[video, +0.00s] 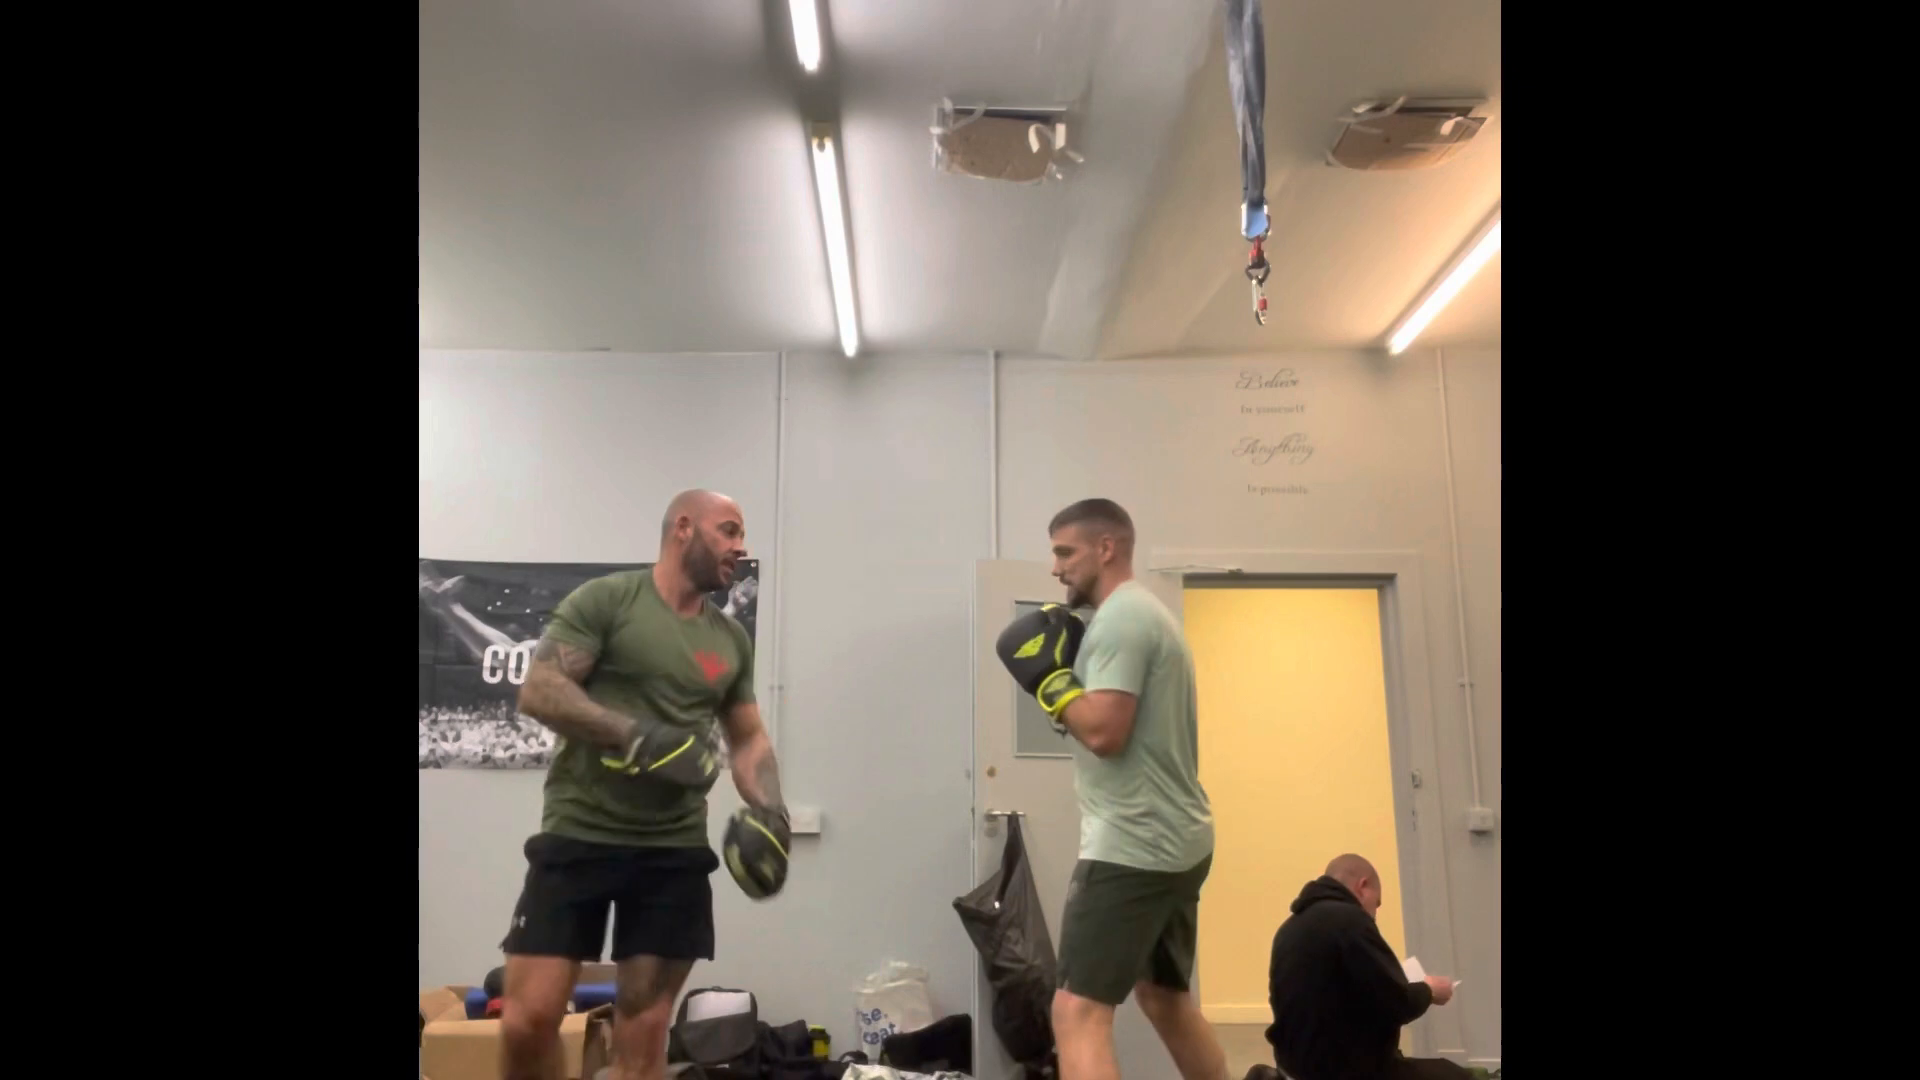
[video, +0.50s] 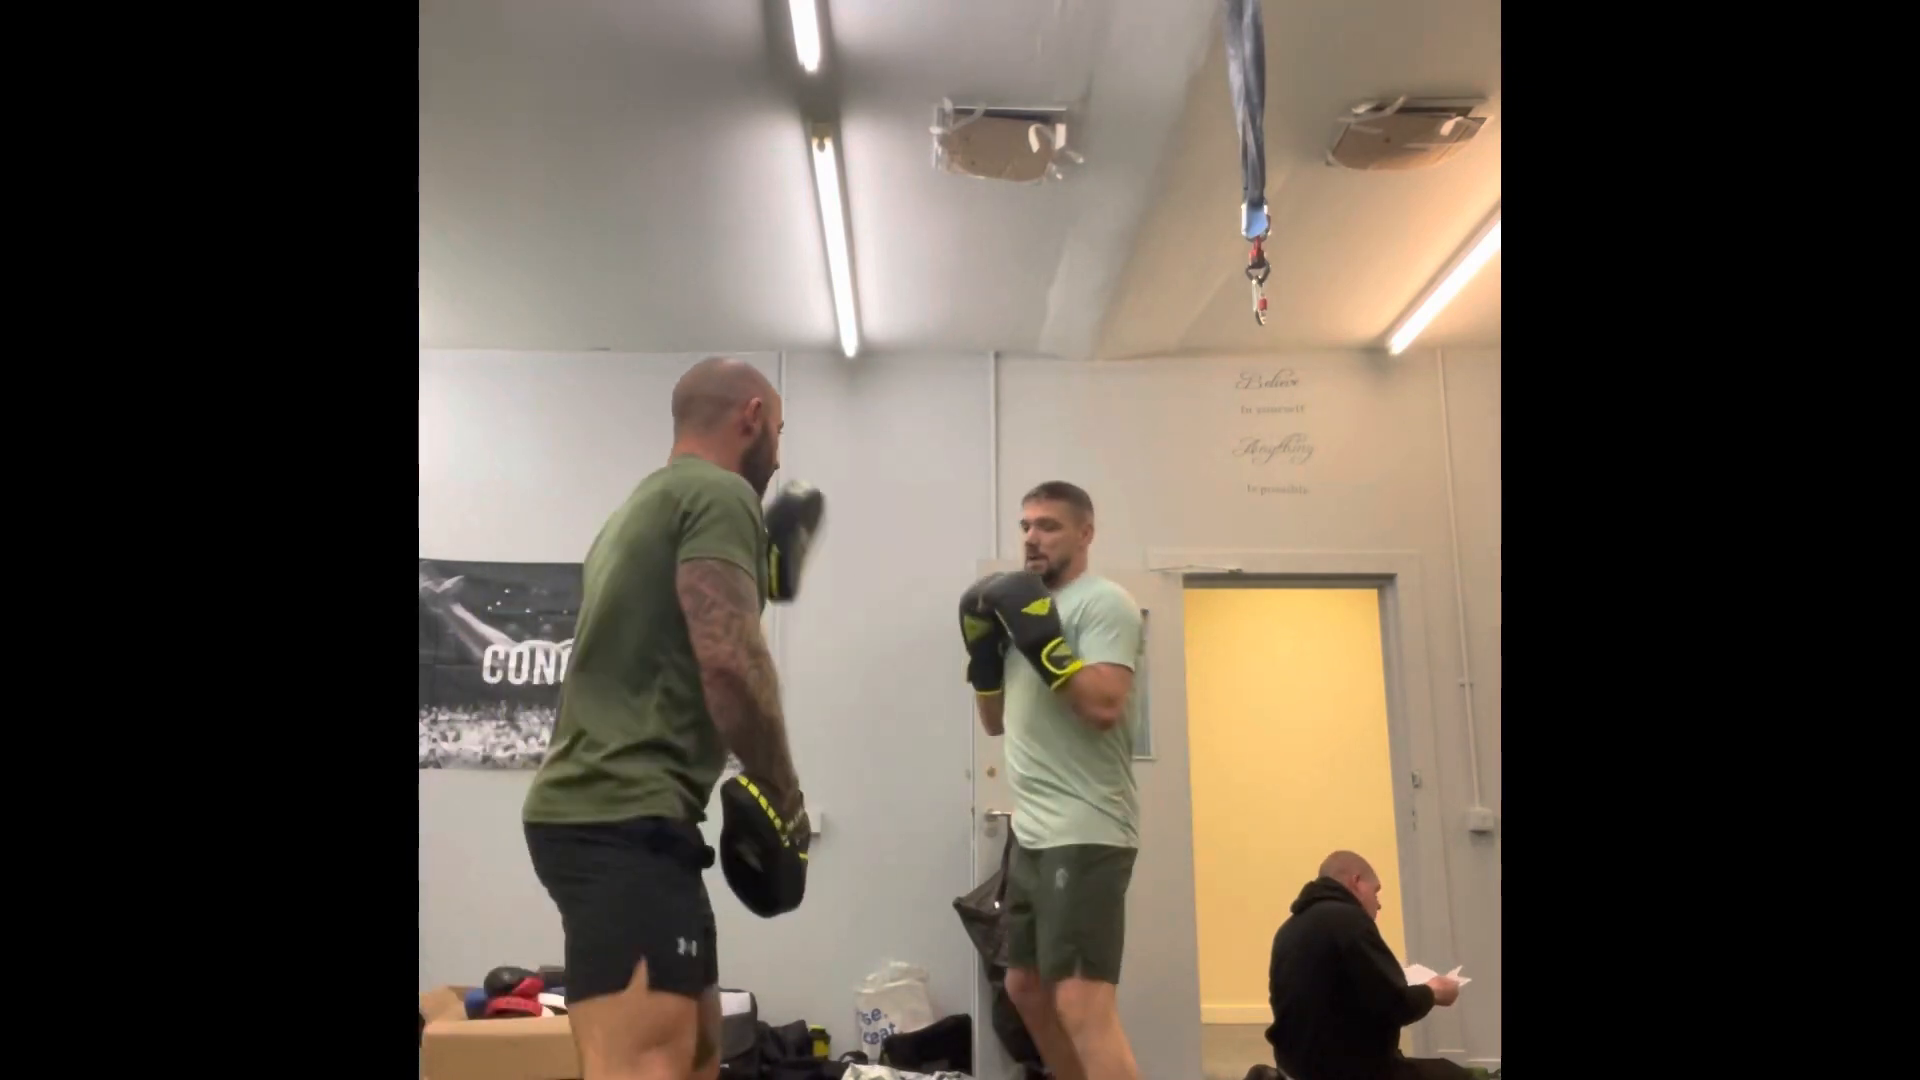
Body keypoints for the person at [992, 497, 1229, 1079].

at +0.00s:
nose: (1056, 567)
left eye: (1065, 552)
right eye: (1055, 554)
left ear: (1109, 547)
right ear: (1110, 551)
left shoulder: (1122, 616)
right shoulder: (1148, 613)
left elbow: (1104, 731)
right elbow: (1127, 722)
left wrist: (1048, 680)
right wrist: (1078, 656)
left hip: (1131, 847)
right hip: (1178, 842)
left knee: (1079, 1013)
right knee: (1167, 998)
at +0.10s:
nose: (1061, 545)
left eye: (1072, 531)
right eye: (1057, 533)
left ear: (1114, 527)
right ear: (1061, 534)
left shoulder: (1140, 594)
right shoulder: (1104, 604)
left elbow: (1141, 701)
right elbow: (1115, 700)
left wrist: (1072, 655)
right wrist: (1063, 655)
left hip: (1144, 807)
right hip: (1131, 805)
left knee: (1104, 976)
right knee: (1146, 974)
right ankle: (1203, 1074)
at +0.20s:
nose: (1071, 579)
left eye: (1085, 567)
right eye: (1067, 568)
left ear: (1125, 569)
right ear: (1065, 571)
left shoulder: (1152, 637)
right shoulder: (1090, 644)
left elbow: (1150, 744)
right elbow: (1071, 749)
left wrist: (1084, 686)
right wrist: (1044, 692)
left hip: (1146, 838)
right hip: (1107, 837)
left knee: (1079, 990)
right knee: (1131, 1001)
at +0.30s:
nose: (1066, 554)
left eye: (1080, 541)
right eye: (1061, 543)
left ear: (1118, 545)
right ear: (1058, 548)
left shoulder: (1145, 609)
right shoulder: (1077, 619)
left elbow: (1155, 712)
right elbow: (1055, 722)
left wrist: (1079, 659)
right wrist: (1031, 657)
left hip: (1128, 809)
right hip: (1088, 811)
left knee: (1072, 966)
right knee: (1118, 983)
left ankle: (1111, 1079)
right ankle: (1167, 1079)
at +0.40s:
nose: (1060, 575)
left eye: (1075, 564)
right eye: (1055, 564)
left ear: (1113, 571)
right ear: (1049, 569)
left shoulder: (1132, 639)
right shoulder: (1061, 645)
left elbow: (1132, 744)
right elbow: (1031, 757)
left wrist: (1063, 688)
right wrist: (1018, 688)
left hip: (1113, 849)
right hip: (1070, 848)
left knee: (1052, 1015)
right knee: (1090, 1025)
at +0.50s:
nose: (1033, 538)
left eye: (1049, 526)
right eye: (1027, 527)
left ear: (1086, 535)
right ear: (1021, 534)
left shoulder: (1106, 602)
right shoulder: (1025, 611)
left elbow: (1103, 704)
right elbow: (994, 722)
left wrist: (1039, 635)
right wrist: (982, 647)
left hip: (1089, 827)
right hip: (1032, 826)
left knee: (1083, 1002)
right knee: (1026, 988)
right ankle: (1077, 1079)